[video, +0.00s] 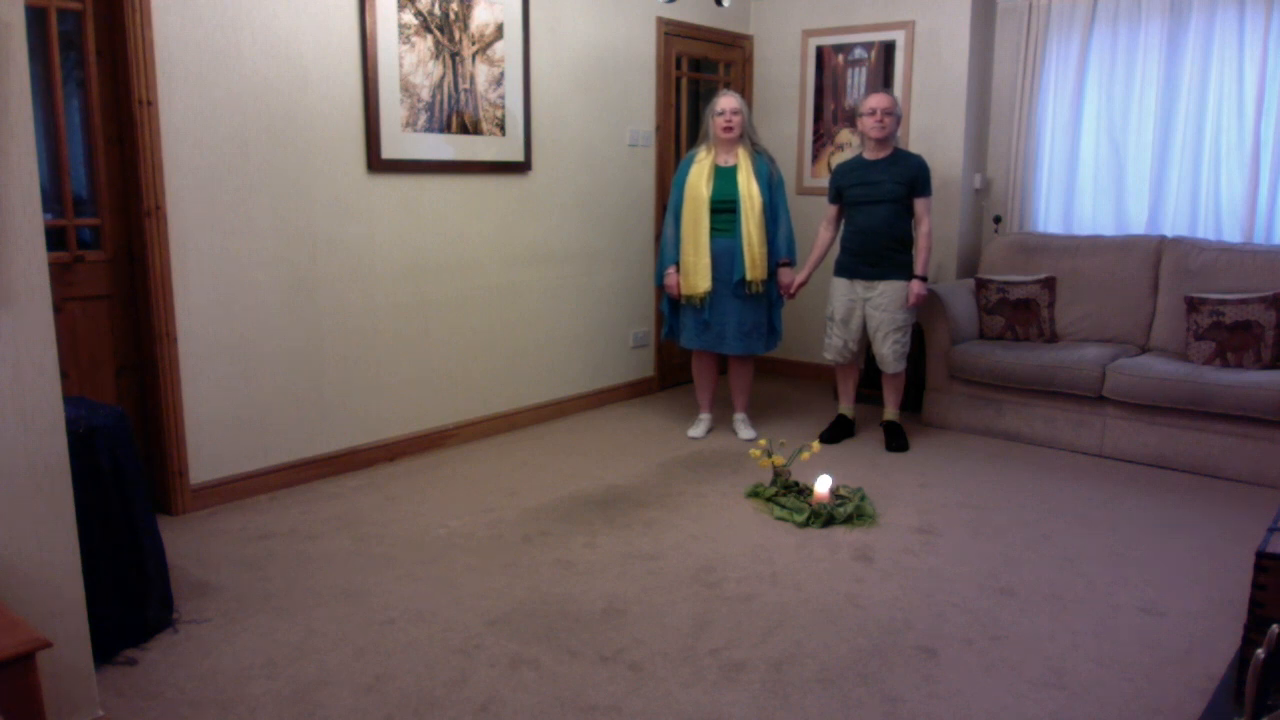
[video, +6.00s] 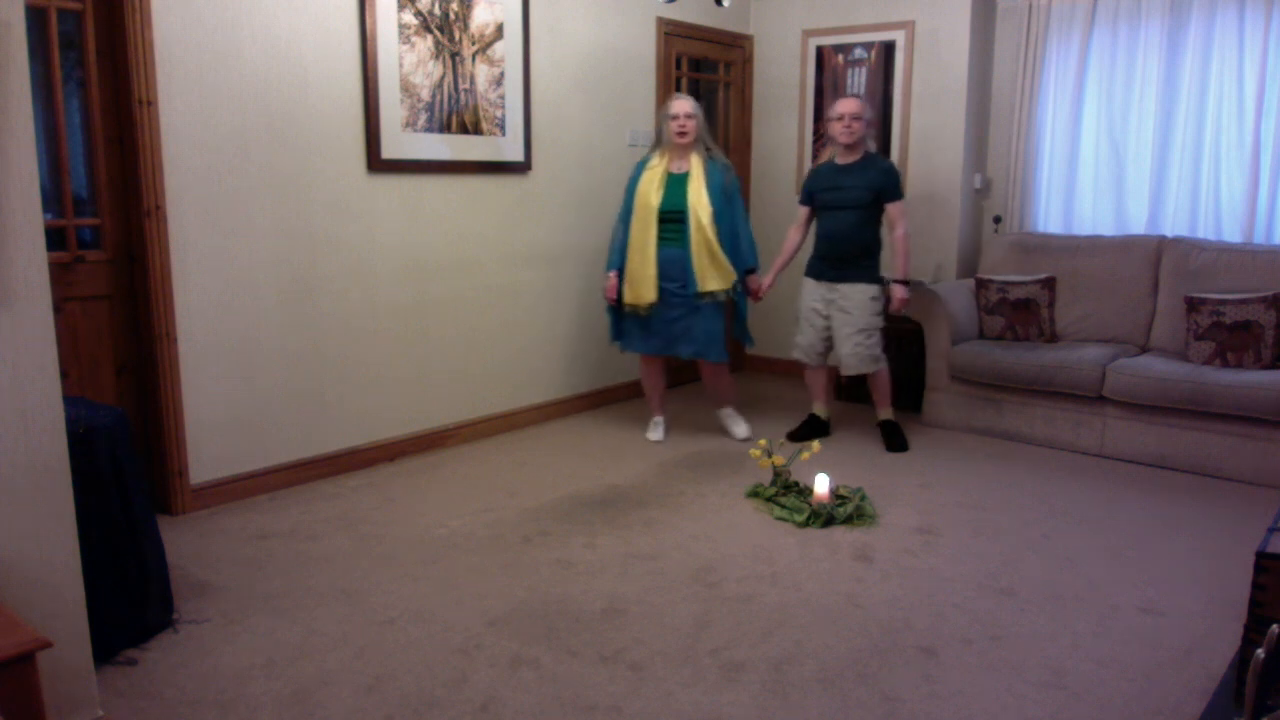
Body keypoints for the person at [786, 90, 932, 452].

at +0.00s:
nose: (879, 119)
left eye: (887, 113)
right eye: (872, 114)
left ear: (898, 121)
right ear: (858, 122)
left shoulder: (913, 166)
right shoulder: (843, 172)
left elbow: (923, 225)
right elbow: (829, 227)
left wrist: (920, 276)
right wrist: (805, 273)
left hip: (893, 279)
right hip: (848, 277)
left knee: (892, 354)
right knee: (844, 349)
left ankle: (892, 420)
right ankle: (845, 415)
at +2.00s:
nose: (881, 118)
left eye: (888, 113)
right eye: (873, 113)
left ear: (899, 121)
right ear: (860, 122)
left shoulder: (914, 166)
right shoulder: (844, 172)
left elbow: (924, 224)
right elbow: (830, 227)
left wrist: (921, 276)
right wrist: (806, 273)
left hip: (894, 278)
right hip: (849, 276)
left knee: (893, 355)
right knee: (844, 349)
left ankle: (892, 419)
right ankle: (845, 415)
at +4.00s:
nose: (883, 119)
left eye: (891, 113)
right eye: (875, 113)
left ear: (902, 120)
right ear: (863, 122)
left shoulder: (917, 167)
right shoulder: (847, 172)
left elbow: (926, 224)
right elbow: (832, 226)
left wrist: (923, 276)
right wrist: (807, 273)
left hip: (896, 279)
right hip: (851, 277)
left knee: (894, 355)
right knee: (845, 349)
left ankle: (892, 419)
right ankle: (845, 416)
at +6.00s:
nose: (847, 125)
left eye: (855, 119)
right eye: (840, 119)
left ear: (867, 125)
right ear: (828, 126)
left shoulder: (882, 172)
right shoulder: (818, 175)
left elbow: (898, 228)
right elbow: (798, 230)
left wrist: (899, 280)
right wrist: (770, 275)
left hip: (861, 282)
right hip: (818, 280)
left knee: (869, 355)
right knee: (811, 350)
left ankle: (885, 419)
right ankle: (819, 416)